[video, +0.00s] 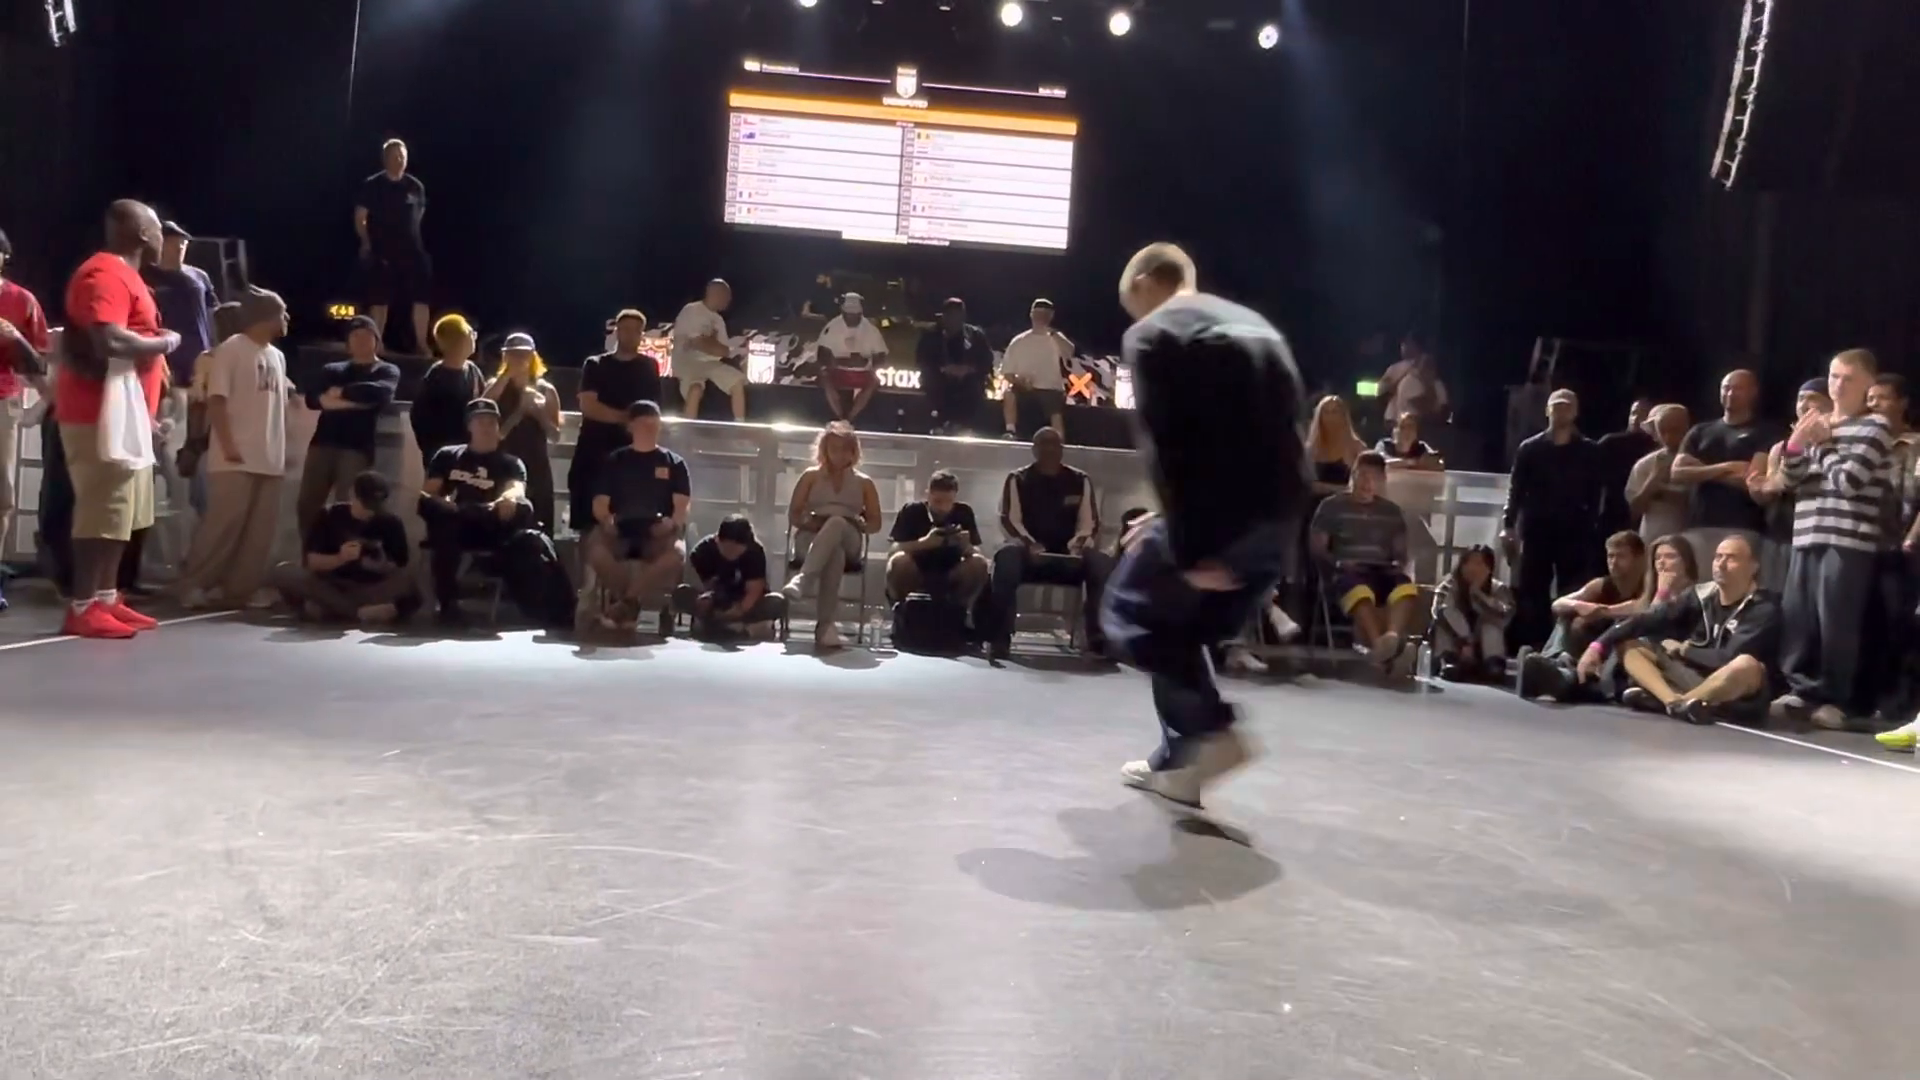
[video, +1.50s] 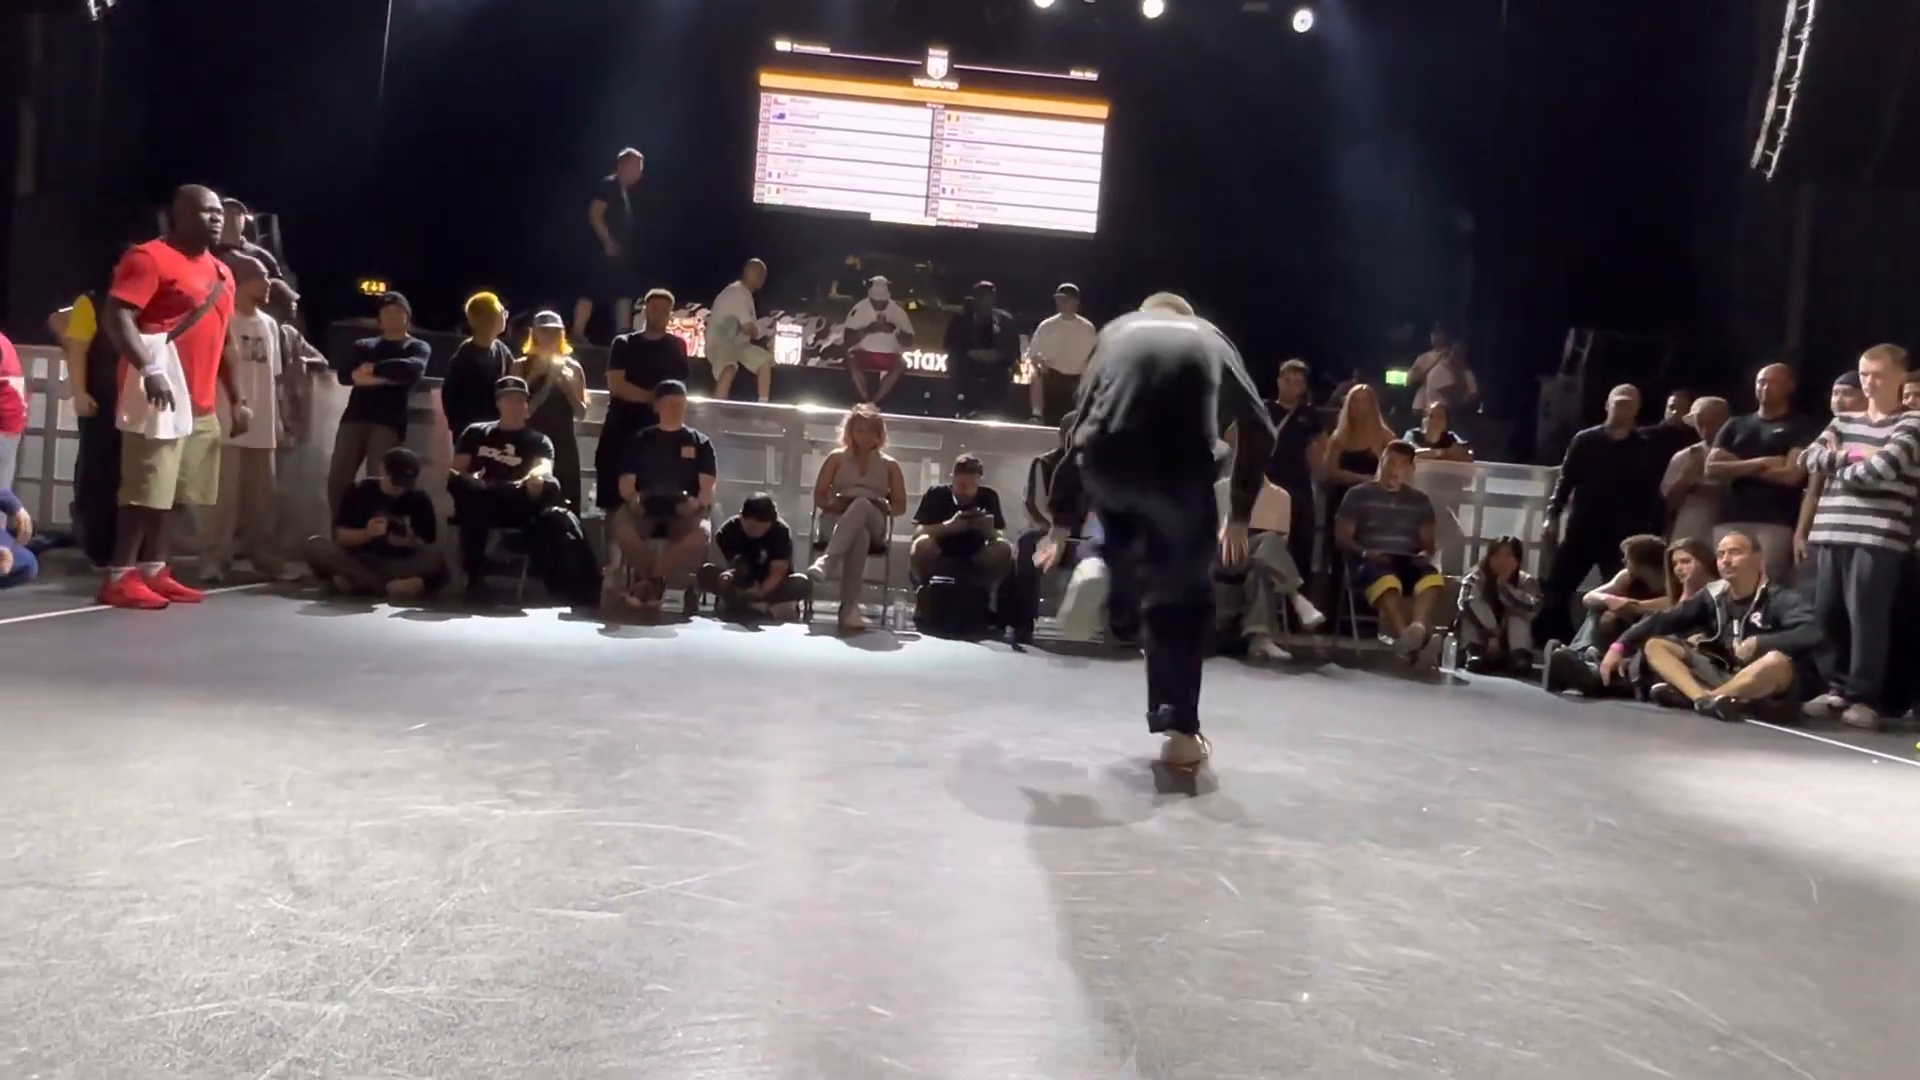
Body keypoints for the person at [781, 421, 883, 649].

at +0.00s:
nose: (840, 454)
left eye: (846, 449)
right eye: (835, 449)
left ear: (854, 452)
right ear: (824, 450)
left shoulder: (864, 483)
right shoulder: (811, 477)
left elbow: (875, 524)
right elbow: (795, 516)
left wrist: (852, 522)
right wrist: (819, 526)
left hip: (850, 545)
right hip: (810, 540)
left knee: (836, 523)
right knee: (835, 552)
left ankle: (802, 578)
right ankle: (825, 626)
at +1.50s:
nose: (867, 437)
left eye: (872, 431)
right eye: (860, 431)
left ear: (880, 435)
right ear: (850, 433)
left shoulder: (889, 466)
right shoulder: (837, 459)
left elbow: (899, 507)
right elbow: (819, 497)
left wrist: (874, 505)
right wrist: (845, 508)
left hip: (874, 527)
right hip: (835, 522)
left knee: (860, 504)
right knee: (859, 533)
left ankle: (826, 560)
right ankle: (849, 608)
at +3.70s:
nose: (875, 426)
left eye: (881, 421)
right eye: (870, 420)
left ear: (888, 425)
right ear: (859, 423)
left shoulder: (898, 456)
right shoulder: (846, 450)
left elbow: (909, 498)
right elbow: (828, 488)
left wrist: (887, 496)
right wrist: (851, 497)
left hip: (883, 517)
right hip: (843, 512)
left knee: (870, 495)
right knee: (869, 525)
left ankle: (835, 552)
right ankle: (858, 598)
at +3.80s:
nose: (878, 426)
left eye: (883, 422)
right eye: (872, 421)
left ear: (889, 425)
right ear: (860, 423)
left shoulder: (898, 457)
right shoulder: (845, 450)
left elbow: (908, 498)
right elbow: (828, 489)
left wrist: (885, 497)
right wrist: (853, 498)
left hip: (883, 517)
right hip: (843, 512)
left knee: (869, 496)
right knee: (868, 524)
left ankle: (834, 551)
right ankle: (857, 598)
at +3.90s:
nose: (877, 427)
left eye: (882, 422)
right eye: (871, 421)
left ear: (889, 426)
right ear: (859, 423)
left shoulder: (898, 457)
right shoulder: (845, 450)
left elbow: (908, 498)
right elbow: (828, 489)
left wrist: (885, 497)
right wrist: (853, 499)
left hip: (883, 517)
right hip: (843, 512)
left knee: (869, 496)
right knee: (867, 524)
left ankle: (834, 551)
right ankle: (857, 599)